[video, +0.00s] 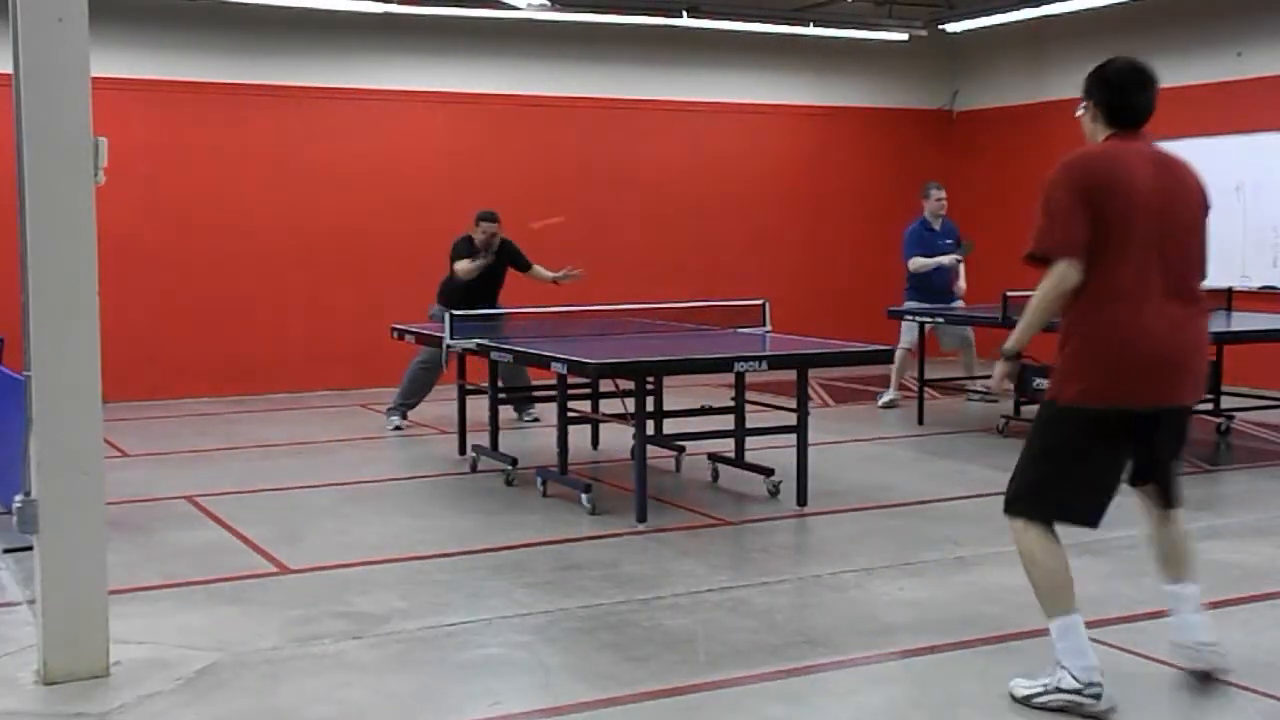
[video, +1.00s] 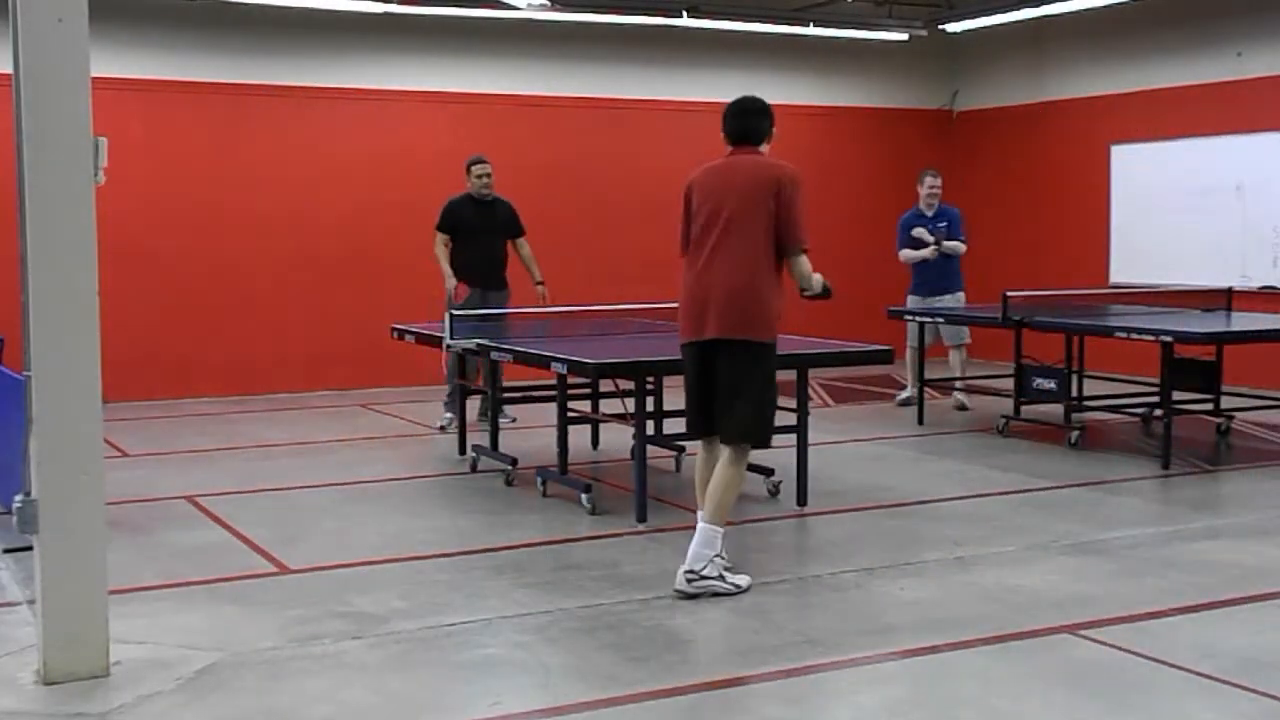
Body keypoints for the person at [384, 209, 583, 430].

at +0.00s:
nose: (489, 239)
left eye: (494, 235)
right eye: (485, 234)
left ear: (499, 233)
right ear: (475, 230)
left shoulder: (505, 248)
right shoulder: (462, 245)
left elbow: (529, 268)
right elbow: (460, 271)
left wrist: (553, 277)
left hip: (486, 317)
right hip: (449, 316)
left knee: (508, 355)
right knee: (430, 357)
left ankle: (524, 407)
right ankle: (398, 409)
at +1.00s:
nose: (486, 181)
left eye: (489, 176)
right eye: (479, 177)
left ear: (494, 178)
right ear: (468, 180)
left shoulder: (505, 209)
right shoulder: (455, 208)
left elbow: (521, 245)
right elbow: (441, 244)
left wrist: (538, 280)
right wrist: (449, 278)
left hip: (497, 290)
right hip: (464, 289)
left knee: (495, 351)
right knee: (459, 350)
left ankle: (492, 405)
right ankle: (453, 407)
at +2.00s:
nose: (460, 183)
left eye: (463, 178)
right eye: (454, 178)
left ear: (467, 179)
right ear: (441, 179)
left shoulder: (475, 207)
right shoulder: (425, 210)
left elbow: (485, 243)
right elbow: (414, 249)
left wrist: (499, 276)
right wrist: (424, 286)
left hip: (469, 292)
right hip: (434, 294)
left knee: (483, 347)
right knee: (433, 352)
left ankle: (485, 403)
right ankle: (429, 412)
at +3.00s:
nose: (493, 240)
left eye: (496, 234)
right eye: (488, 234)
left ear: (498, 229)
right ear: (473, 228)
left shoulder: (473, 232)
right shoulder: (459, 245)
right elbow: (489, 264)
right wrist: (521, 272)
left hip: (452, 302)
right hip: (427, 303)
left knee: (459, 354)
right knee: (438, 361)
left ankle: (457, 406)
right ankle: (453, 416)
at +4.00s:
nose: (457, 205)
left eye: (460, 199)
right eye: (451, 199)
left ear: (465, 200)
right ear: (439, 200)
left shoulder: (473, 223)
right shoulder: (423, 224)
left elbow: (483, 255)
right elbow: (398, 256)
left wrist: (492, 284)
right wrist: (419, 285)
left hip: (457, 298)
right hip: (420, 297)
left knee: (473, 349)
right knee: (408, 351)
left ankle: (485, 402)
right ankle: (400, 411)